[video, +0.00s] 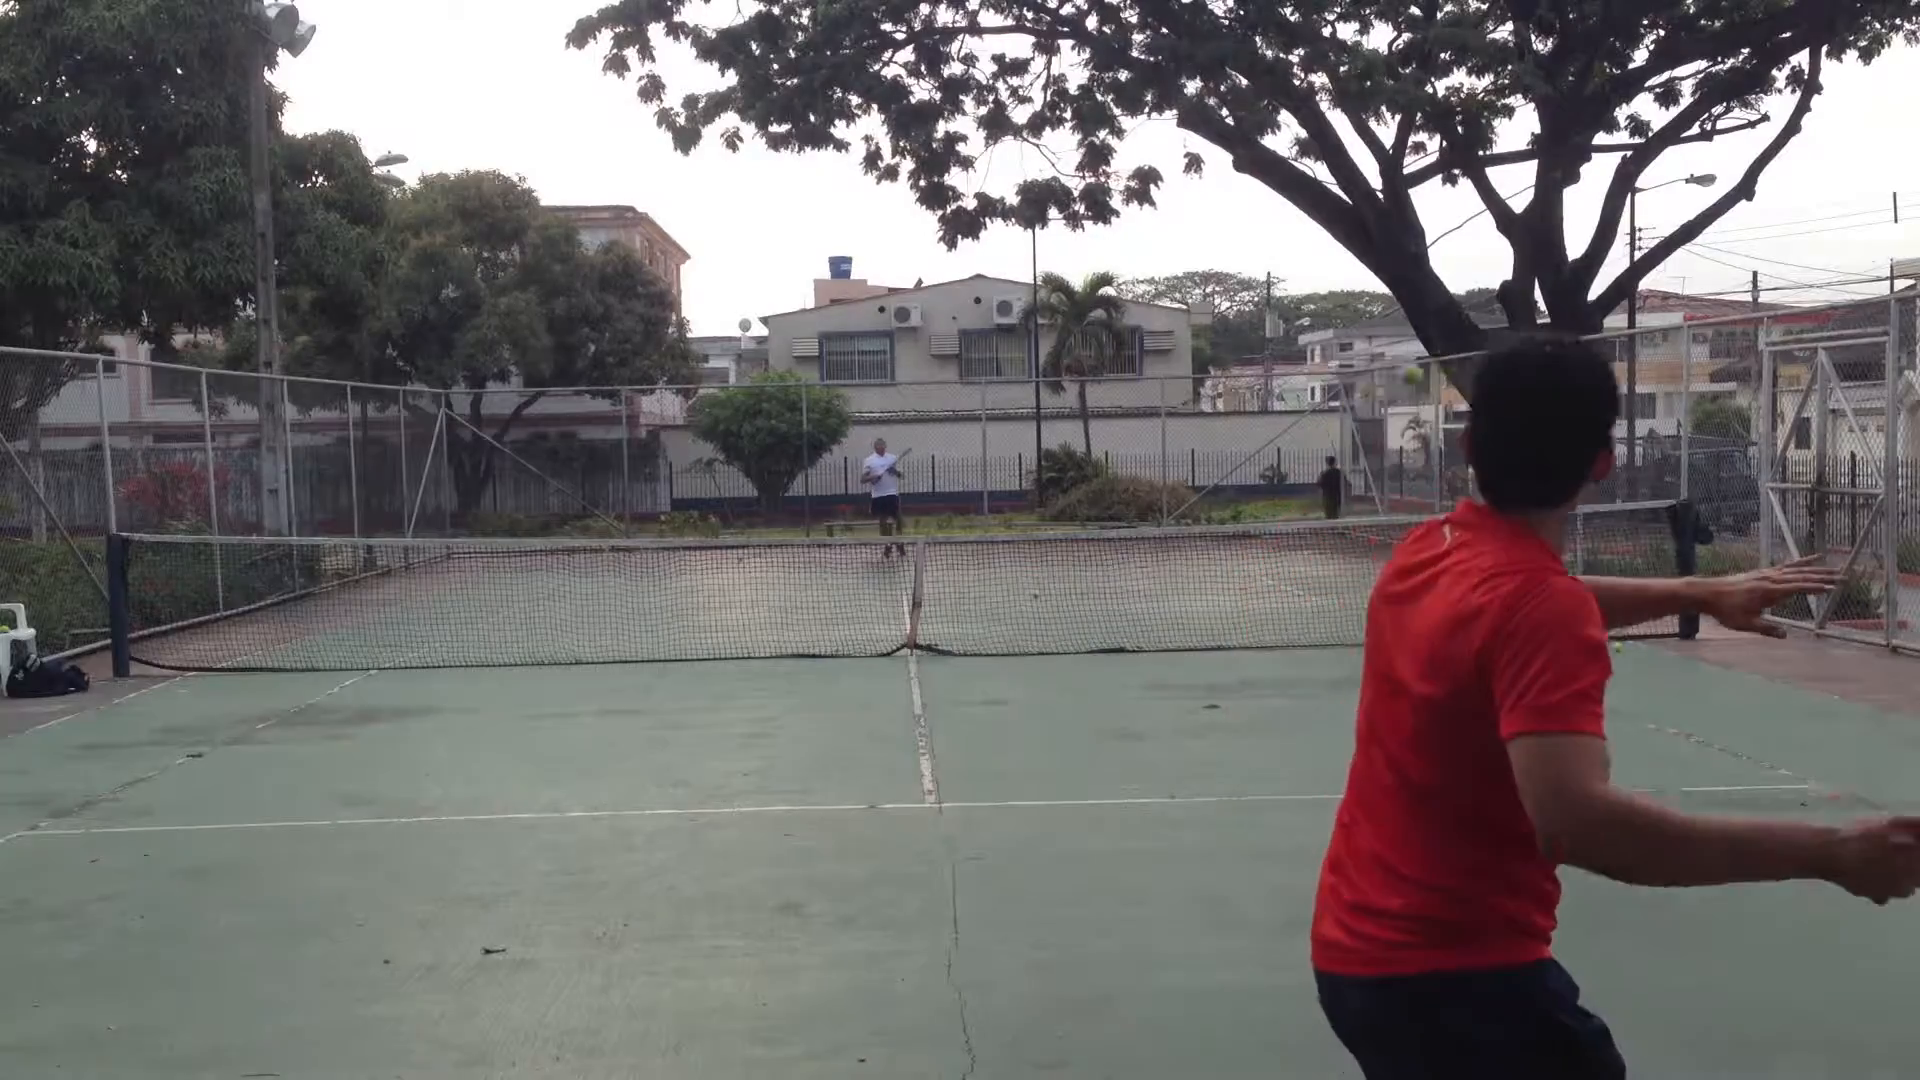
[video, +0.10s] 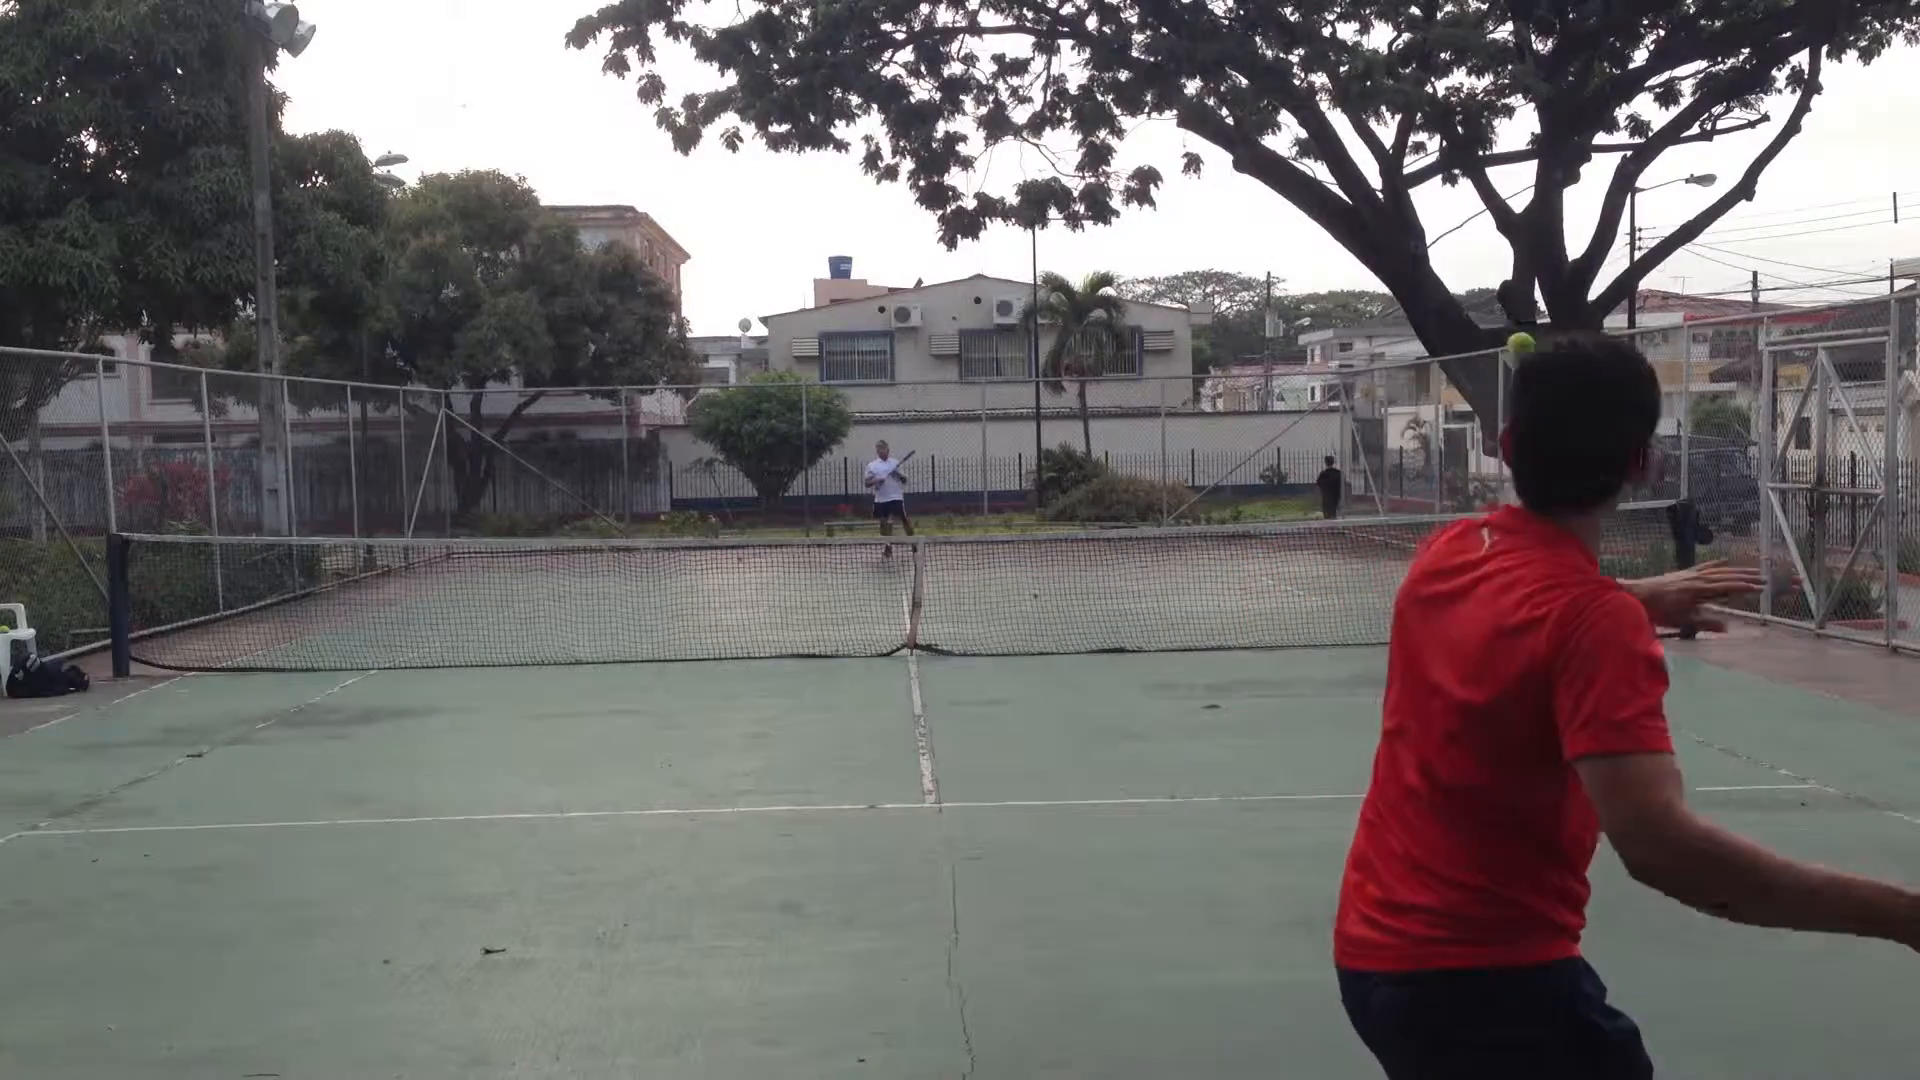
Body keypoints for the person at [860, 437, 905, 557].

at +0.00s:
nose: (880, 451)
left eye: (882, 448)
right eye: (878, 449)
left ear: (885, 448)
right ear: (874, 448)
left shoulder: (892, 458)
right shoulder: (869, 461)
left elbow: (901, 475)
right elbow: (863, 479)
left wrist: (895, 472)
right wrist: (873, 477)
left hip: (892, 493)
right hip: (878, 494)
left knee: (897, 518)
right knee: (882, 520)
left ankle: (900, 541)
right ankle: (887, 544)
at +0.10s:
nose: (882, 453)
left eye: (884, 450)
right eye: (880, 451)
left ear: (888, 450)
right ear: (877, 451)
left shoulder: (894, 463)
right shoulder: (872, 466)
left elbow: (904, 480)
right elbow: (867, 483)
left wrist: (897, 475)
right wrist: (877, 480)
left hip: (896, 497)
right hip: (881, 499)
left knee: (903, 518)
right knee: (883, 523)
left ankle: (913, 541)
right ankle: (887, 545)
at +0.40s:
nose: (897, 456)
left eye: (899, 453)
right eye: (894, 454)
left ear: (902, 452)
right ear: (891, 453)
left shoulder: (910, 464)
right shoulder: (887, 466)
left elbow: (917, 481)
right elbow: (882, 484)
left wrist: (907, 477)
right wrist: (891, 482)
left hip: (909, 499)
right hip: (893, 500)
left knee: (916, 522)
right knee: (890, 523)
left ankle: (924, 544)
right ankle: (888, 546)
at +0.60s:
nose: (903, 453)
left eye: (904, 451)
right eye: (900, 451)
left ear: (908, 450)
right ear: (897, 452)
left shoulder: (916, 463)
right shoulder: (892, 465)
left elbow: (924, 479)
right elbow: (888, 483)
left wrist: (916, 475)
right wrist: (896, 483)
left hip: (915, 499)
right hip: (899, 500)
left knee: (920, 524)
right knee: (892, 524)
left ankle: (925, 546)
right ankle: (888, 546)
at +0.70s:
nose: (903, 453)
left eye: (905, 450)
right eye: (901, 451)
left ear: (908, 450)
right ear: (897, 452)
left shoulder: (916, 463)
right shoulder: (893, 465)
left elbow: (924, 479)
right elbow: (888, 483)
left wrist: (916, 474)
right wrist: (896, 483)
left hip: (915, 499)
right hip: (899, 500)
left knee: (920, 524)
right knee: (893, 524)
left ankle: (925, 545)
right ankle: (889, 546)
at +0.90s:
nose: (899, 452)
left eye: (901, 449)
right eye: (897, 450)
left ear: (905, 450)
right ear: (894, 451)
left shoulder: (912, 463)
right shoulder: (890, 465)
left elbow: (919, 480)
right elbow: (883, 481)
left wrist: (908, 476)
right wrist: (890, 483)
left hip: (911, 499)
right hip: (896, 499)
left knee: (918, 523)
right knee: (890, 523)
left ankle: (923, 545)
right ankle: (892, 545)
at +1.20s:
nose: (876, 455)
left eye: (878, 452)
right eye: (874, 453)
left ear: (883, 453)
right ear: (872, 454)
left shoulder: (890, 466)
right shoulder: (869, 468)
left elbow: (894, 484)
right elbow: (864, 482)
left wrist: (881, 480)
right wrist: (870, 479)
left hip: (891, 498)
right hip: (879, 499)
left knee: (888, 522)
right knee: (883, 524)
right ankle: (895, 544)